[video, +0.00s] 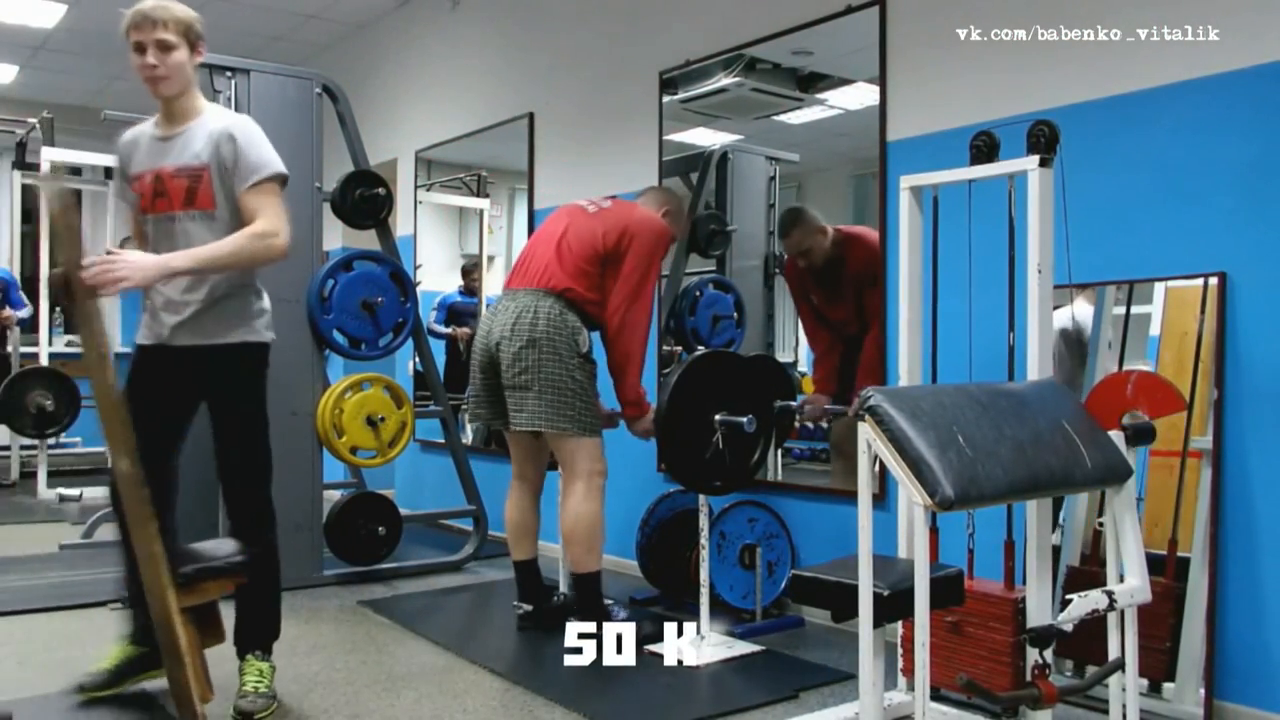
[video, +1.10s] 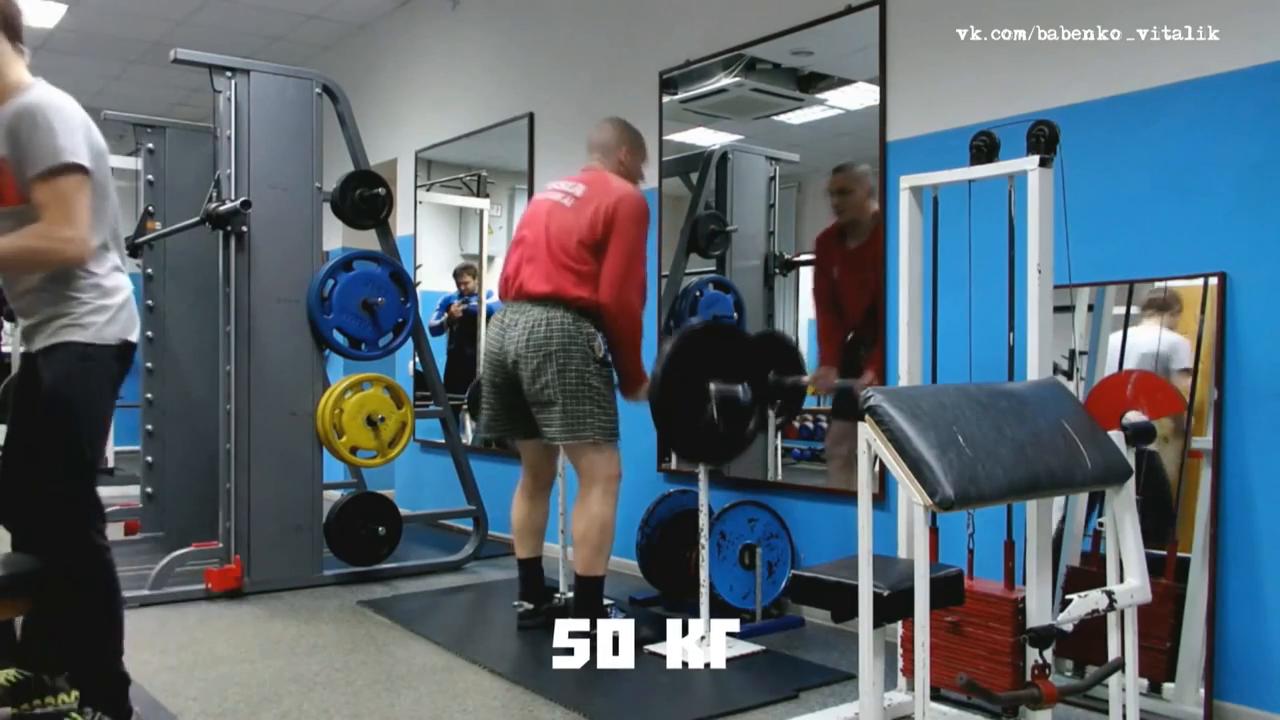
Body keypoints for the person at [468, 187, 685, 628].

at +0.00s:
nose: (671, 243)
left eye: (676, 239)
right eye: (675, 236)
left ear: (644, 201)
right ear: (666, 215)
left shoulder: (585, 213)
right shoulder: (649, 225)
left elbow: (553, 308)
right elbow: (623, 318)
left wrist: (585, 396)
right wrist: (636, 408)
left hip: (497, 322)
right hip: (547, 327)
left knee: (526, 473)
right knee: (584, 473)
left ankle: (532, 601)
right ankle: (590, 613)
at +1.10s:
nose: (640, 173)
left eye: (641, 166)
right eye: (641, 165)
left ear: (593, 153)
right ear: (627, 155)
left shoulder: (551, 192)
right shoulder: (626, 198)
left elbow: (511, 279)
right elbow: (617, 295)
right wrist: (632, 374)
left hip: (506, 328)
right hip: (563, 331)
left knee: (535, 470)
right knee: (599, 474)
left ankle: (533, 598)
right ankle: (589, 612)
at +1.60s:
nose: (558, 130)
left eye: (555, 121)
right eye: (555, 121)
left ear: (507, 123)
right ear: (541, 120)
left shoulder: (477, 179)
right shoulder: (555, 173)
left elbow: (467, 274)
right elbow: (569, 270)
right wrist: (595, 342)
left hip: (472, 338)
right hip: (534, 336)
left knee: (488, 474)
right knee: (576, 476)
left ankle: (439, 610)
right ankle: (586, 618)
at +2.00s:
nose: (509, 132)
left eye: (508, 123)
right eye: (507, 122)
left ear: (459, 122)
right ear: (486, 118)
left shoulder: (427, 177)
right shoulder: (504, 168)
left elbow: (408, 269)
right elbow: (511, 268)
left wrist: (438, 315)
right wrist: (532, 339)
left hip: (419, 333)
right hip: (480, 330)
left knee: (448, 479)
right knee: (542, 470)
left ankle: (434, 621)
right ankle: (516, 616)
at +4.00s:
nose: (468, 124)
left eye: (467, 114)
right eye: (464, 113)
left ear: (414, 112)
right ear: (439, 109)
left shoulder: (377, 169)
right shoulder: (450, 167)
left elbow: (366, 268)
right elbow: (473, 275)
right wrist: (496, 345)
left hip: (380, 338)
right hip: (439, 337)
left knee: (409, 484)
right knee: (469, 493)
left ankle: (399, 621)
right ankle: (469, 652)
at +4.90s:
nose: (435, 109)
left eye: (432, 99)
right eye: (428, 100)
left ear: (380, 104)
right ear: (401, 100)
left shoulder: (356, 164)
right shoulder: (425, 147)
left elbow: (368, 267)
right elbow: (476, 242)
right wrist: (511, 281)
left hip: (396, 333)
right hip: (449, 324)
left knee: (424, 473)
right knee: (494, 476)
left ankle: (401, 612)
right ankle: (477, 638)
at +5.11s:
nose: (427, 143)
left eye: (428, 135)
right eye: (424, 134)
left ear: (373, 124)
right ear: (399, 123)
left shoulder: (345, 181)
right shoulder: (399, 163)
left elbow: (384, 263)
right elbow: (475, 231)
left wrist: (458, 203)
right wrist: (514, 201)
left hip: (411, 348)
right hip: (462, 340)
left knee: (434, 487)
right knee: (502, 489)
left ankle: (402, 620)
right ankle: (472, 652)